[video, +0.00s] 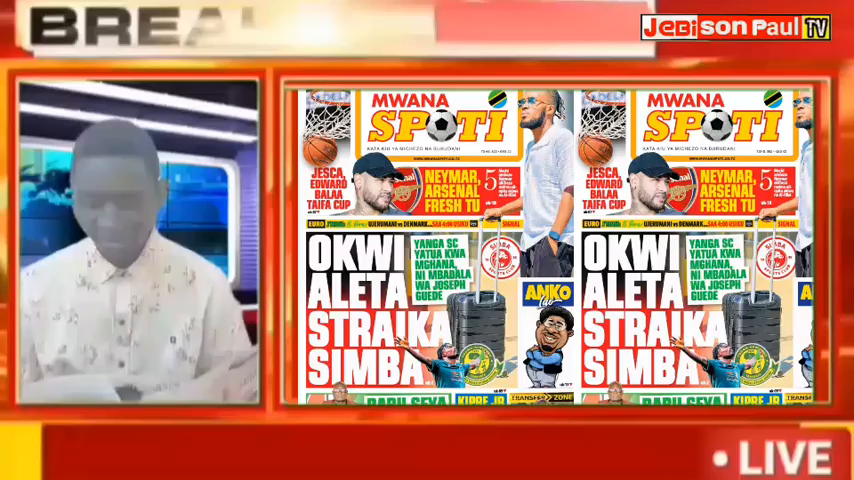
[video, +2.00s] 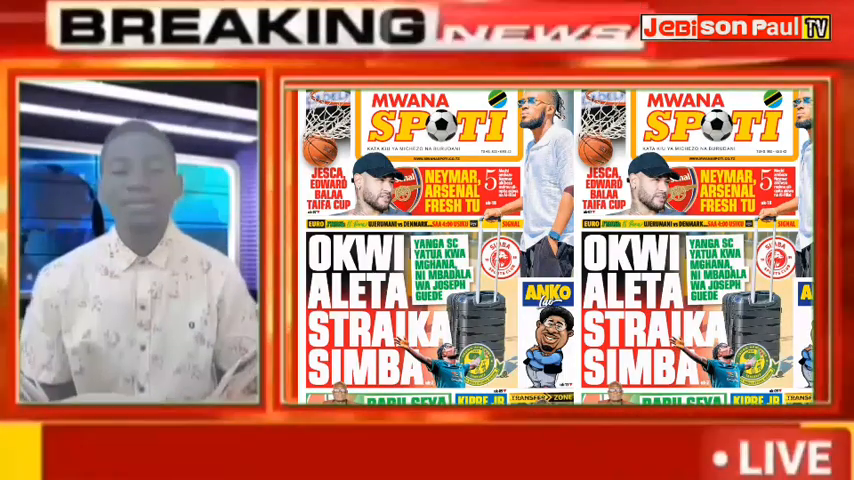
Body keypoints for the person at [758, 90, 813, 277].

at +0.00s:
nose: (799, 107)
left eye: (807, 101)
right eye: (797, 103)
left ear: (820, 107)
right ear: (794, 110)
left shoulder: (827, 147)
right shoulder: (806, 149)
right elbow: (804, 197)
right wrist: (776, 211)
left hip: (820, 239)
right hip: (804, 239)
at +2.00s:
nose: (799, 107)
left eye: (806, 101)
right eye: (797, 103)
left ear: (820, 107)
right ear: (794, 109)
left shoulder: (826, 148)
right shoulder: (806, 149)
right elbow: (805, 196)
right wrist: (777, 211)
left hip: (819, 240)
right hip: (804, 239)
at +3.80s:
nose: (799, 107)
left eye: (806, 101)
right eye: (797, 103)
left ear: (820, 107)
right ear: (794, 110)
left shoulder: (826, 148)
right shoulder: (806, 149)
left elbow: (829, 193)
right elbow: (804, 196)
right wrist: (777, 211)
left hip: (819, 240)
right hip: (804, 239)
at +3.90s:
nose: (799, 107)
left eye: (806, 101)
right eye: (797, 103)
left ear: (820, 107)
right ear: (794, 109)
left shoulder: (826, 148)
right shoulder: (806, 149)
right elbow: (804, 196)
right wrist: (777, 211)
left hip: (819, 240)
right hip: (804, 239)